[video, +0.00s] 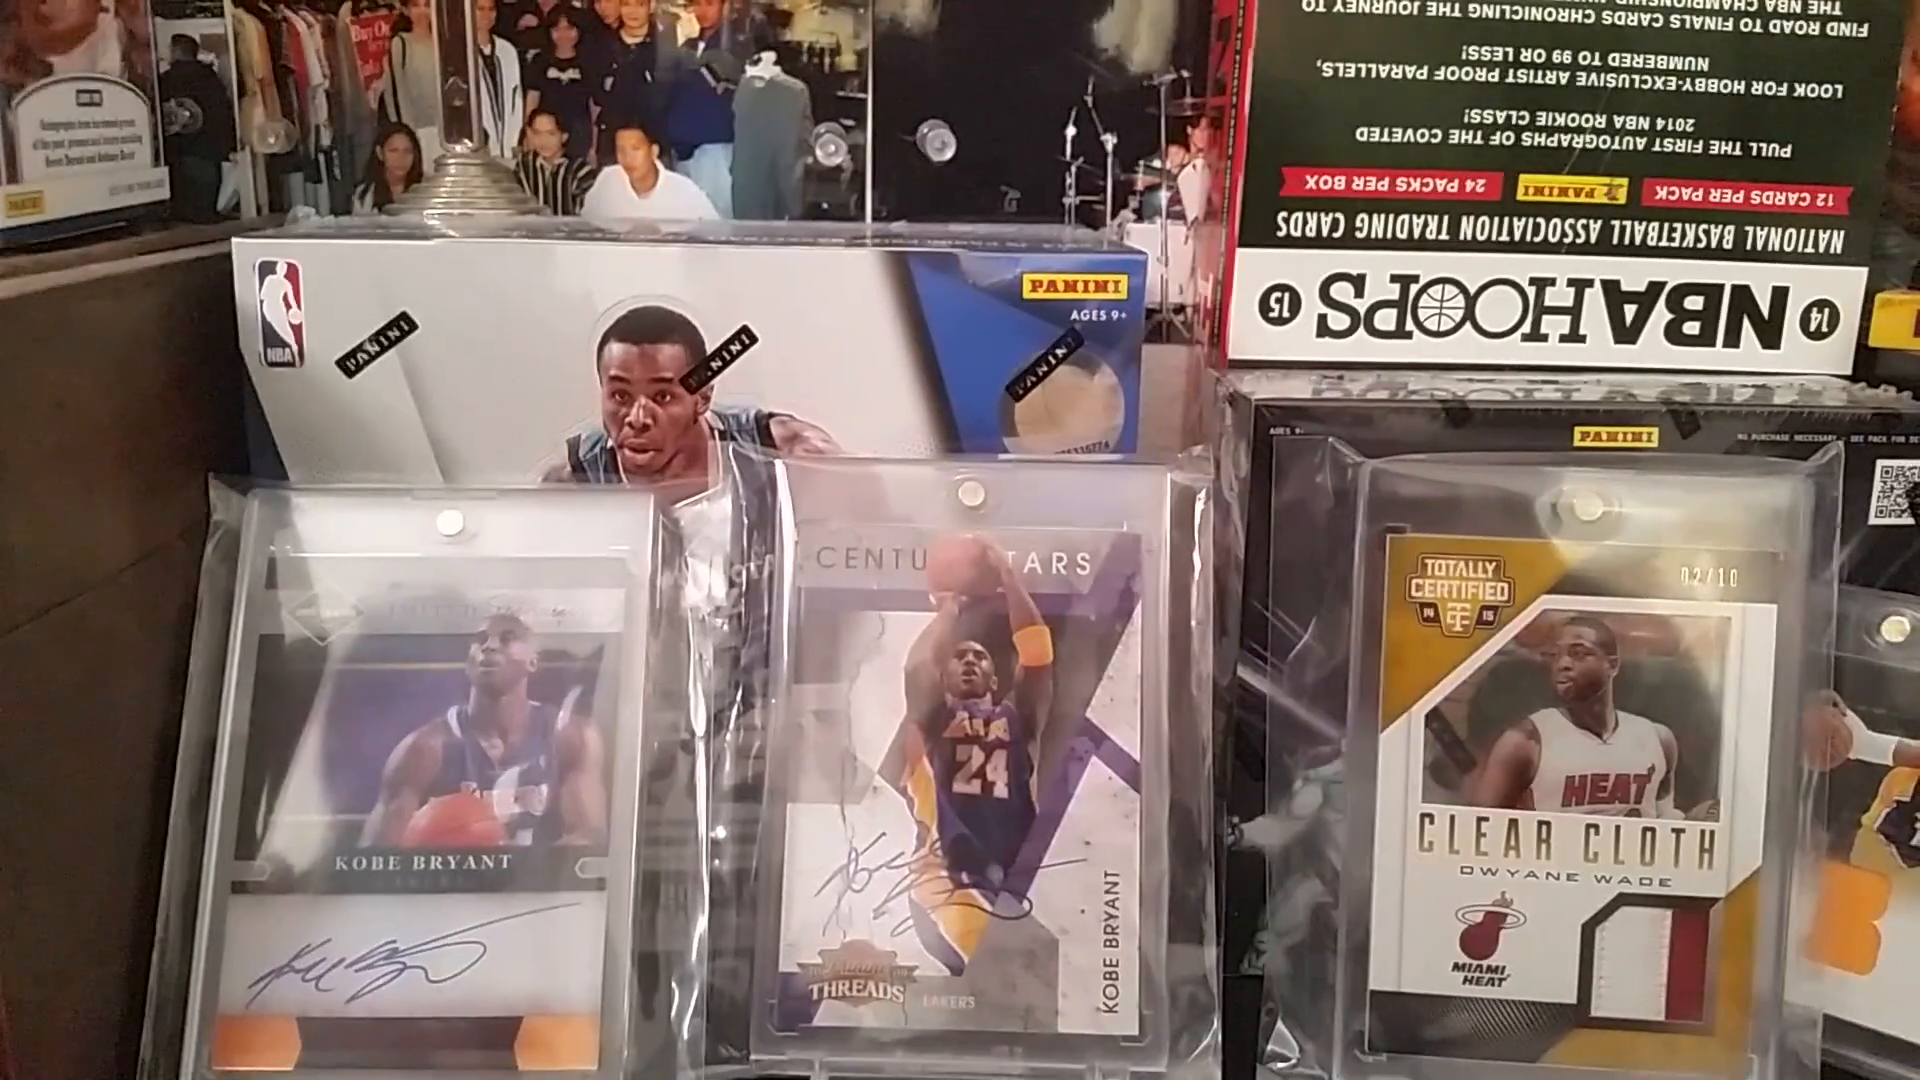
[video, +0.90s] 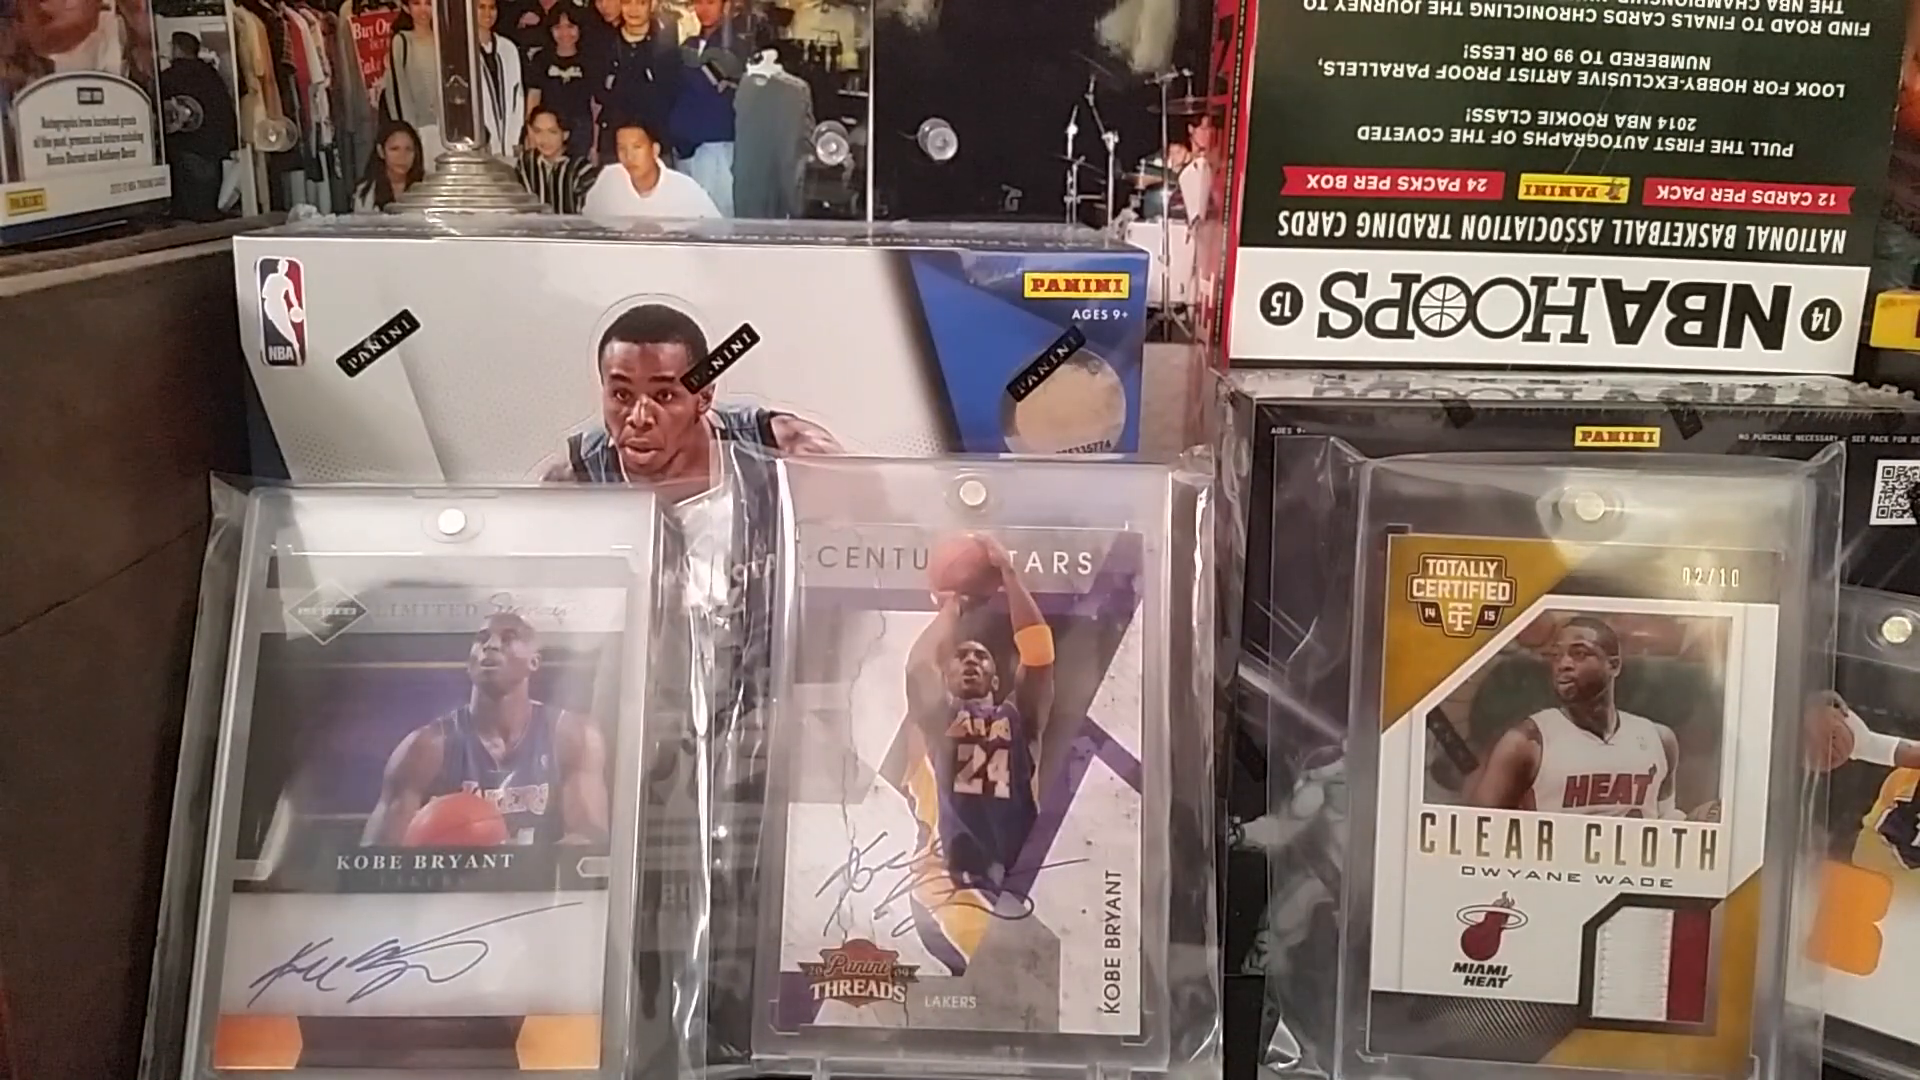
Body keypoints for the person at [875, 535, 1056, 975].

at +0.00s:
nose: (971, 660)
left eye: (980, 656)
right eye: (958, 655)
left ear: (995, 674)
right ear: (941, 673)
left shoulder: (1019, 719)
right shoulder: (931, 719)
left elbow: (1034, 650)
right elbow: (917, 667)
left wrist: (1007, 573)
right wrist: (949, 607)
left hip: (1012, 877)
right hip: (945, 876)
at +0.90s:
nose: (970, 661)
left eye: (981, 656)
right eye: (959, 656)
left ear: (996, 673)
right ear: (944, 674)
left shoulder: (1020, 716)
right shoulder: (938, 719)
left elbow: (1037, 652)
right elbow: (919, 665)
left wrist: (1009, 571)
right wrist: (950, 607)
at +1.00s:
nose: (970, 661)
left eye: (981, 657)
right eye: (960, 656)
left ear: (996, 675)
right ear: (945, 675)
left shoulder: (1020, 716)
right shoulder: (938, 720)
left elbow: (1037, 652)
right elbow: (919, 664)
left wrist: (1008, 571)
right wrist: (952, 605)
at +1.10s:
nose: (970, 661)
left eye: (981, 656)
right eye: (959, 656)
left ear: (996, 674)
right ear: (944, 674)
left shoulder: (1020, 716)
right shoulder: (938, 719)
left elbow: (1037, 652)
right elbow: (919, 665)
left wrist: (1009, 571)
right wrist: (952, 606)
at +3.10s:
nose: (972, 660)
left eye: (982, 657)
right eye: (962, 656)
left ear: (995, 674)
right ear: (948, 669)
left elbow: (1038, 653)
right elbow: (919, 666)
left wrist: (1008, 571)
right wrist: (952, 604)